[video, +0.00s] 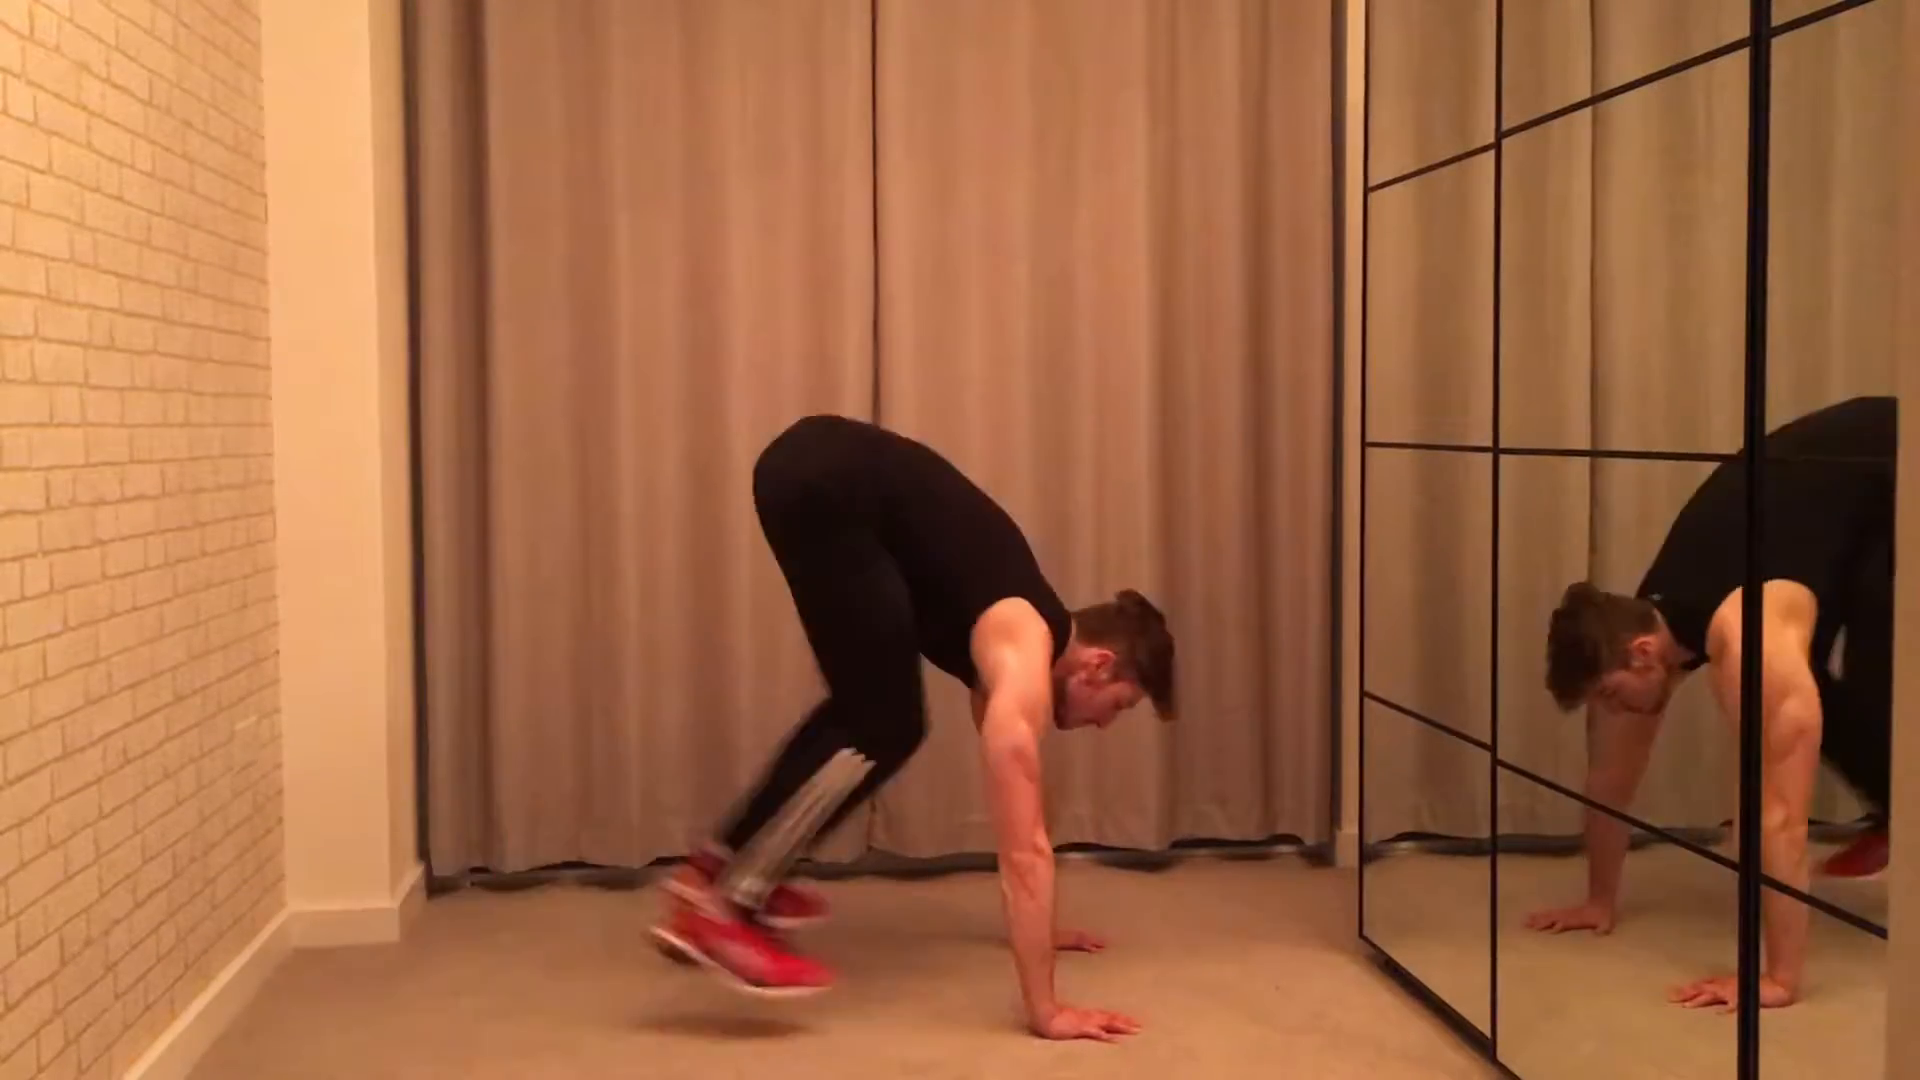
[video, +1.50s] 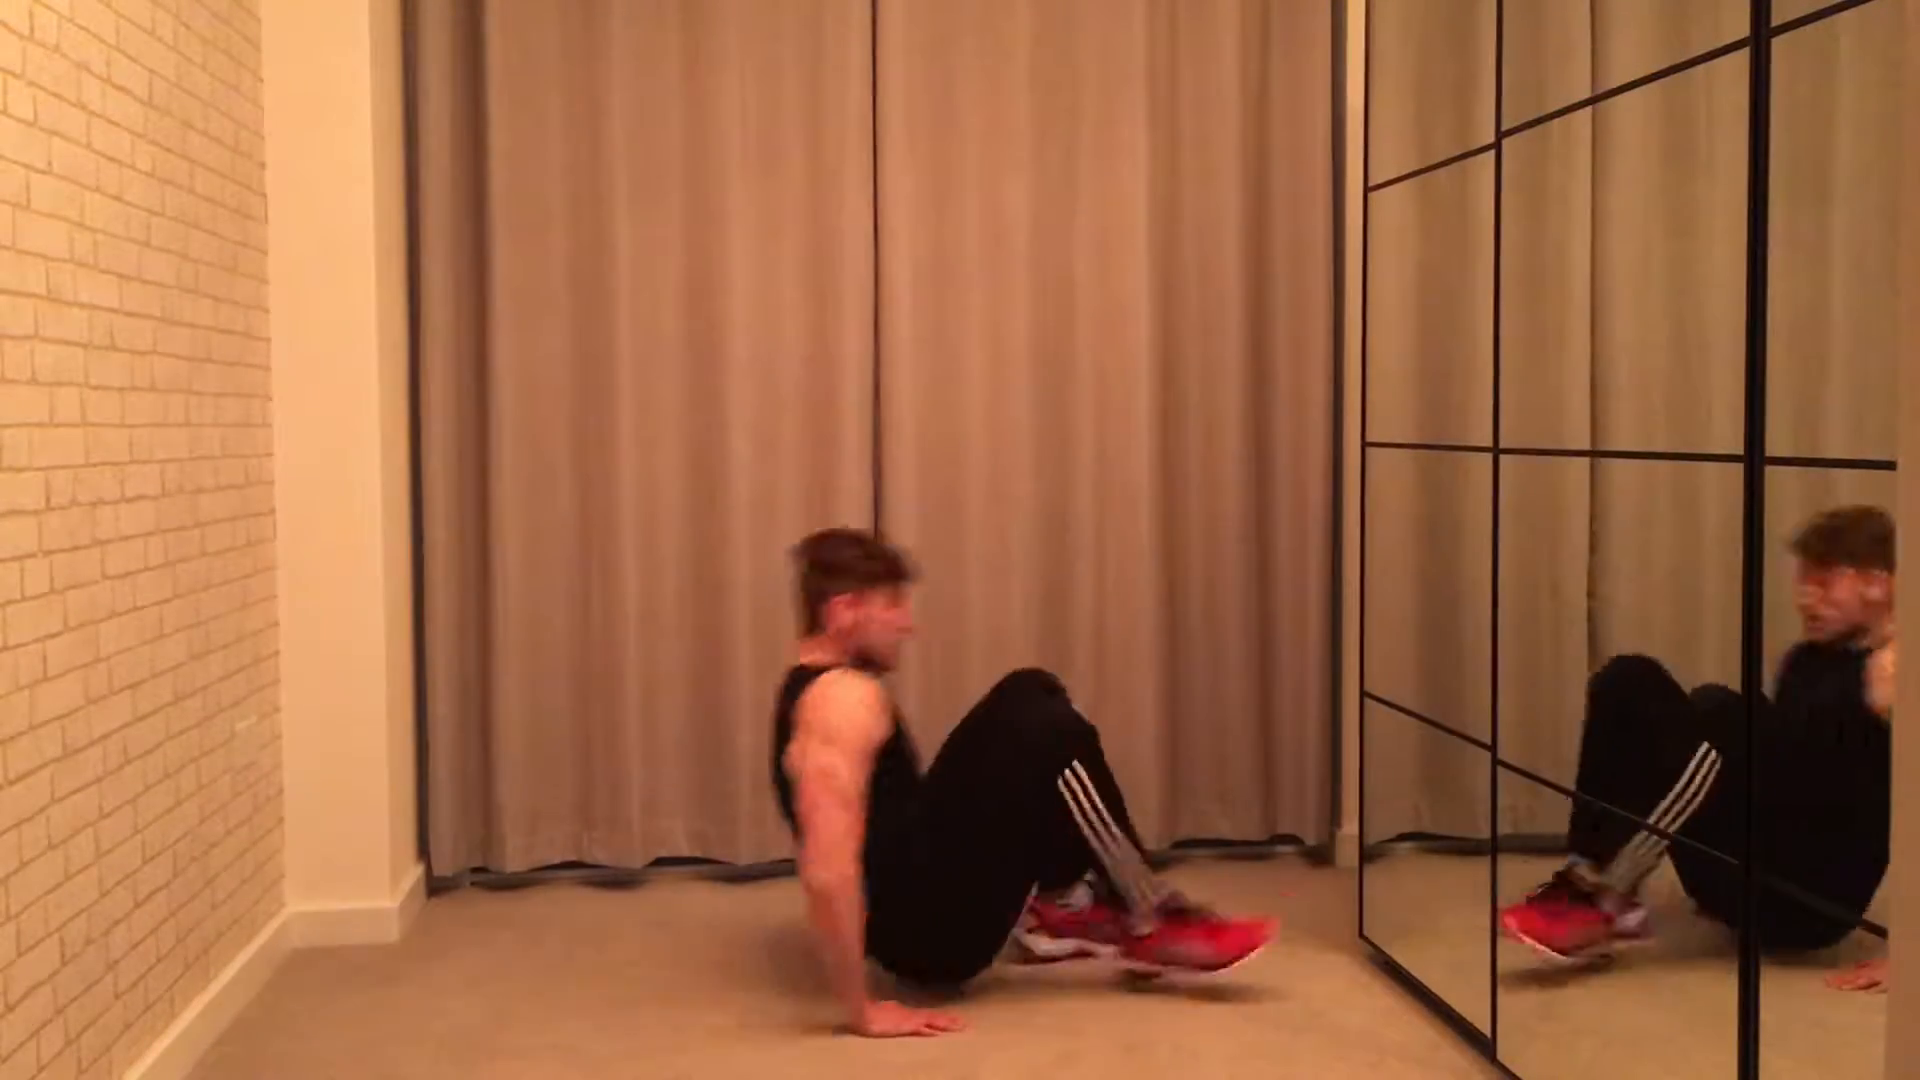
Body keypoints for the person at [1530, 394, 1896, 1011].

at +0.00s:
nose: (1618, 710)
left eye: (1613, 695)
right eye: (1604, 702)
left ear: (1644, 653)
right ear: (1638, 648)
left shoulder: (1753, 644)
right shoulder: (1648, 623)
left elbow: (1784, 819)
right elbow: (1611, 775)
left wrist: (1781, 978)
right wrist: (1600, 902)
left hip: (1896, 454)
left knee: (1871, 686)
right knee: (1799, 682)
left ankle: (1899, 814)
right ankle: (1893, 810)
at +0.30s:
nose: (1571, 477)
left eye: (1582, 455)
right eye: (1567, 459)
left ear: (1634, 436)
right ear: (1632, 440)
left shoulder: (1733, 524)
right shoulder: (1630, 508)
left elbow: (1744, 715)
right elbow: (1582, 638)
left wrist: (1731, 868)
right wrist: (1547, 772)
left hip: (1893, 578)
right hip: (1812, 577)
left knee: (1799, 738)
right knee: (1687, 712)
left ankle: (1895, 926)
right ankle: (1803, 877)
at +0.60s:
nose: (1596, 119)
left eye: (1602, 96)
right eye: (1585, 104)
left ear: (1649, 63)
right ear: (1599, 91)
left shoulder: (1756, 150)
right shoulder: (1648, 169)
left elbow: (1828, 310)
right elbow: (1673, 324)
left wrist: (1852, 464)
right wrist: (1677, 447)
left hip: (1819, 383)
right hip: (1734, 387)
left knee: (1828, 615)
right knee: (1715, 603)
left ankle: (1864, 850)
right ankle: (1739, 797)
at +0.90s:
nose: (1544, 218)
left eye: (1546, 195)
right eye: (1531, 204)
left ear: (1589, 159)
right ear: (1556, 183)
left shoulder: (1708, 237)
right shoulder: (1615, 261)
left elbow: (1825, 363)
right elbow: (1650, 390)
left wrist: (1884, 511)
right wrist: (1691, 465)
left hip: (1798, 468)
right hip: (1705, 463)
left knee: (1726, 661)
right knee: (1640, 636)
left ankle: (1707, 873)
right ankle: (1607, 828)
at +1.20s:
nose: (1542, 547)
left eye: (1549, 524)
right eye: (1535, 528)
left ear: (1600, 504)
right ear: (1594, 511)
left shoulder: (1706, 595)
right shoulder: (1613, 582)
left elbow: (1825, 746)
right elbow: (1667, 690)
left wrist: (1869, 895)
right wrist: (1699, 806)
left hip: (1833, 727)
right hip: (1746, 696)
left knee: (1636, 719)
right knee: (1553, 703)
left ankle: (1693, 927)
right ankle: (1612, 888)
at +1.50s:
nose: (1807, 598)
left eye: (1825, 581)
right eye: (1803, 581)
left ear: (1878, 587)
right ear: (1795, 584)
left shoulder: (1890, 671)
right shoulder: (1805, 664)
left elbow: (1903, 816)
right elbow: (1765, 777)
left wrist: (1900, 957)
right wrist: (1718, 890)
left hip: (1807, 908)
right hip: (1743, 889)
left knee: (1726, 713)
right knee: (1630, 679)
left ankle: (1612, 898)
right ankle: (1583, 882)